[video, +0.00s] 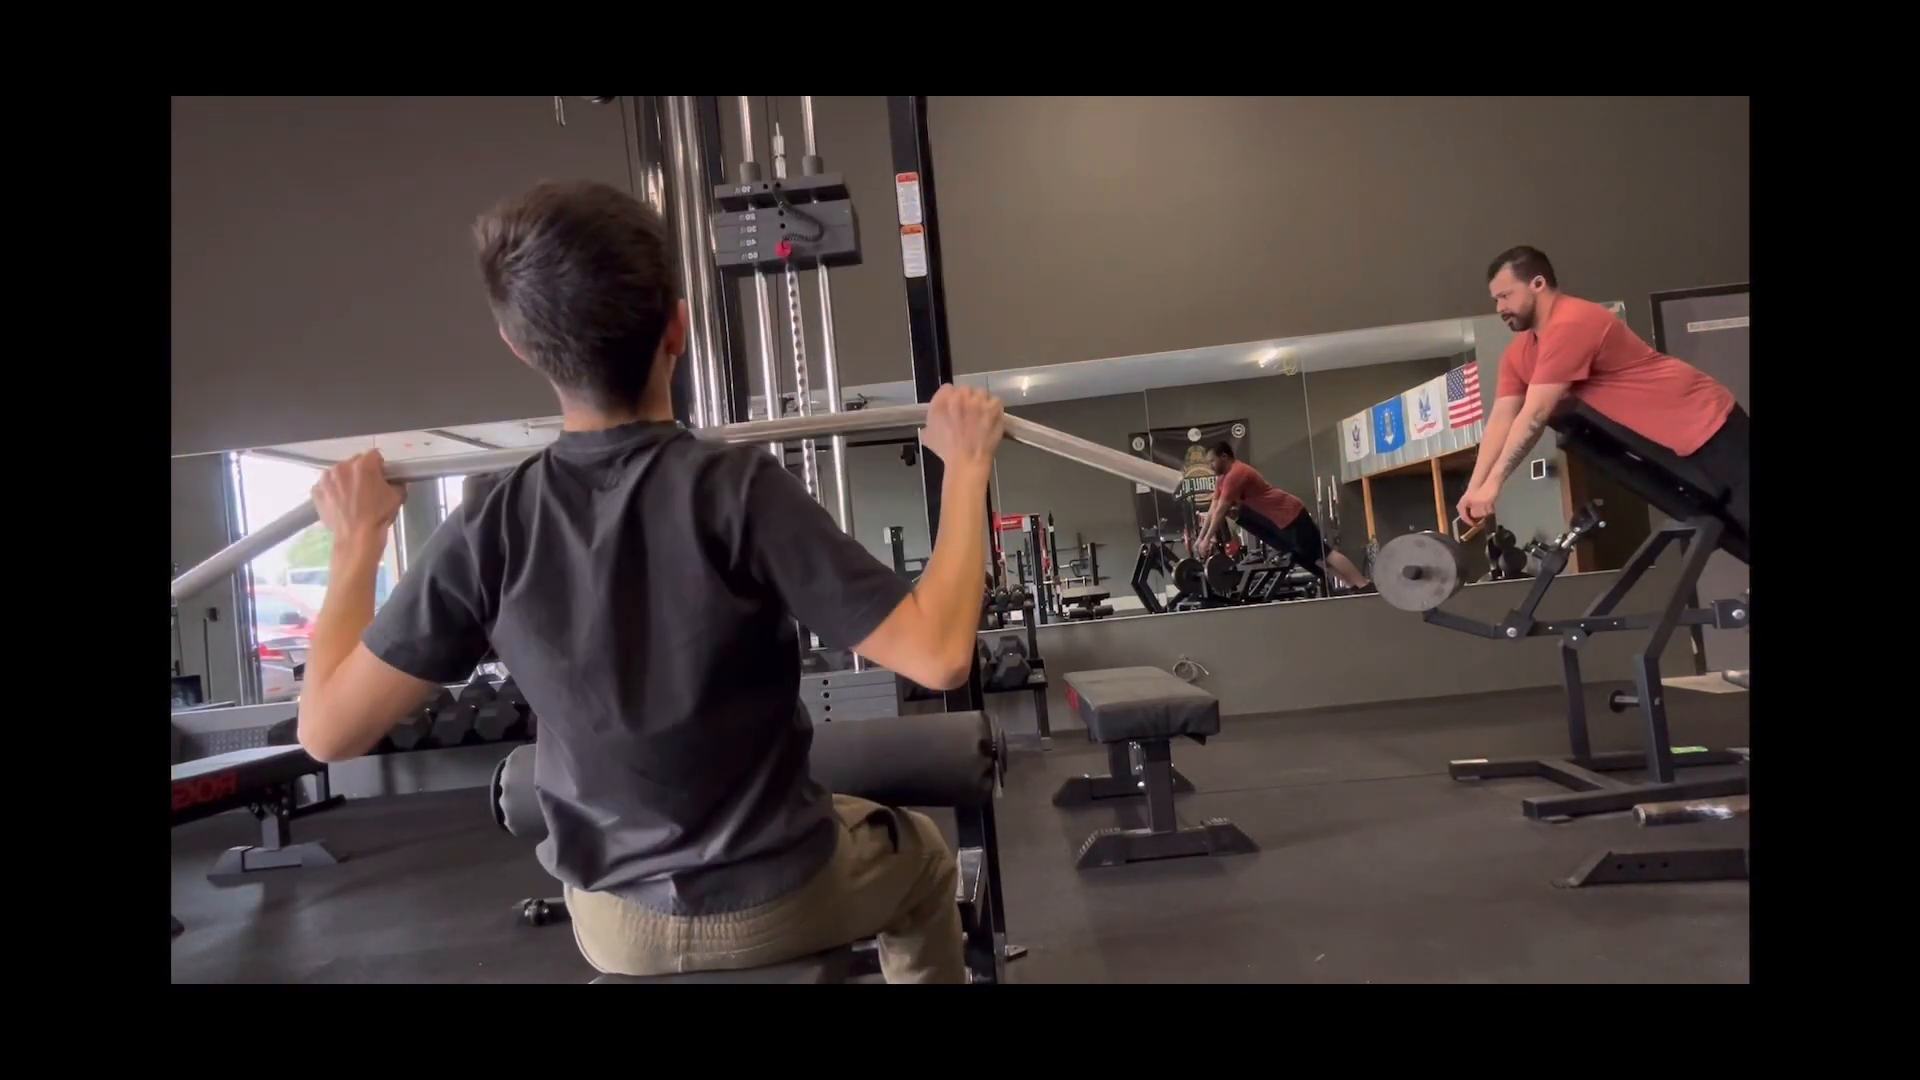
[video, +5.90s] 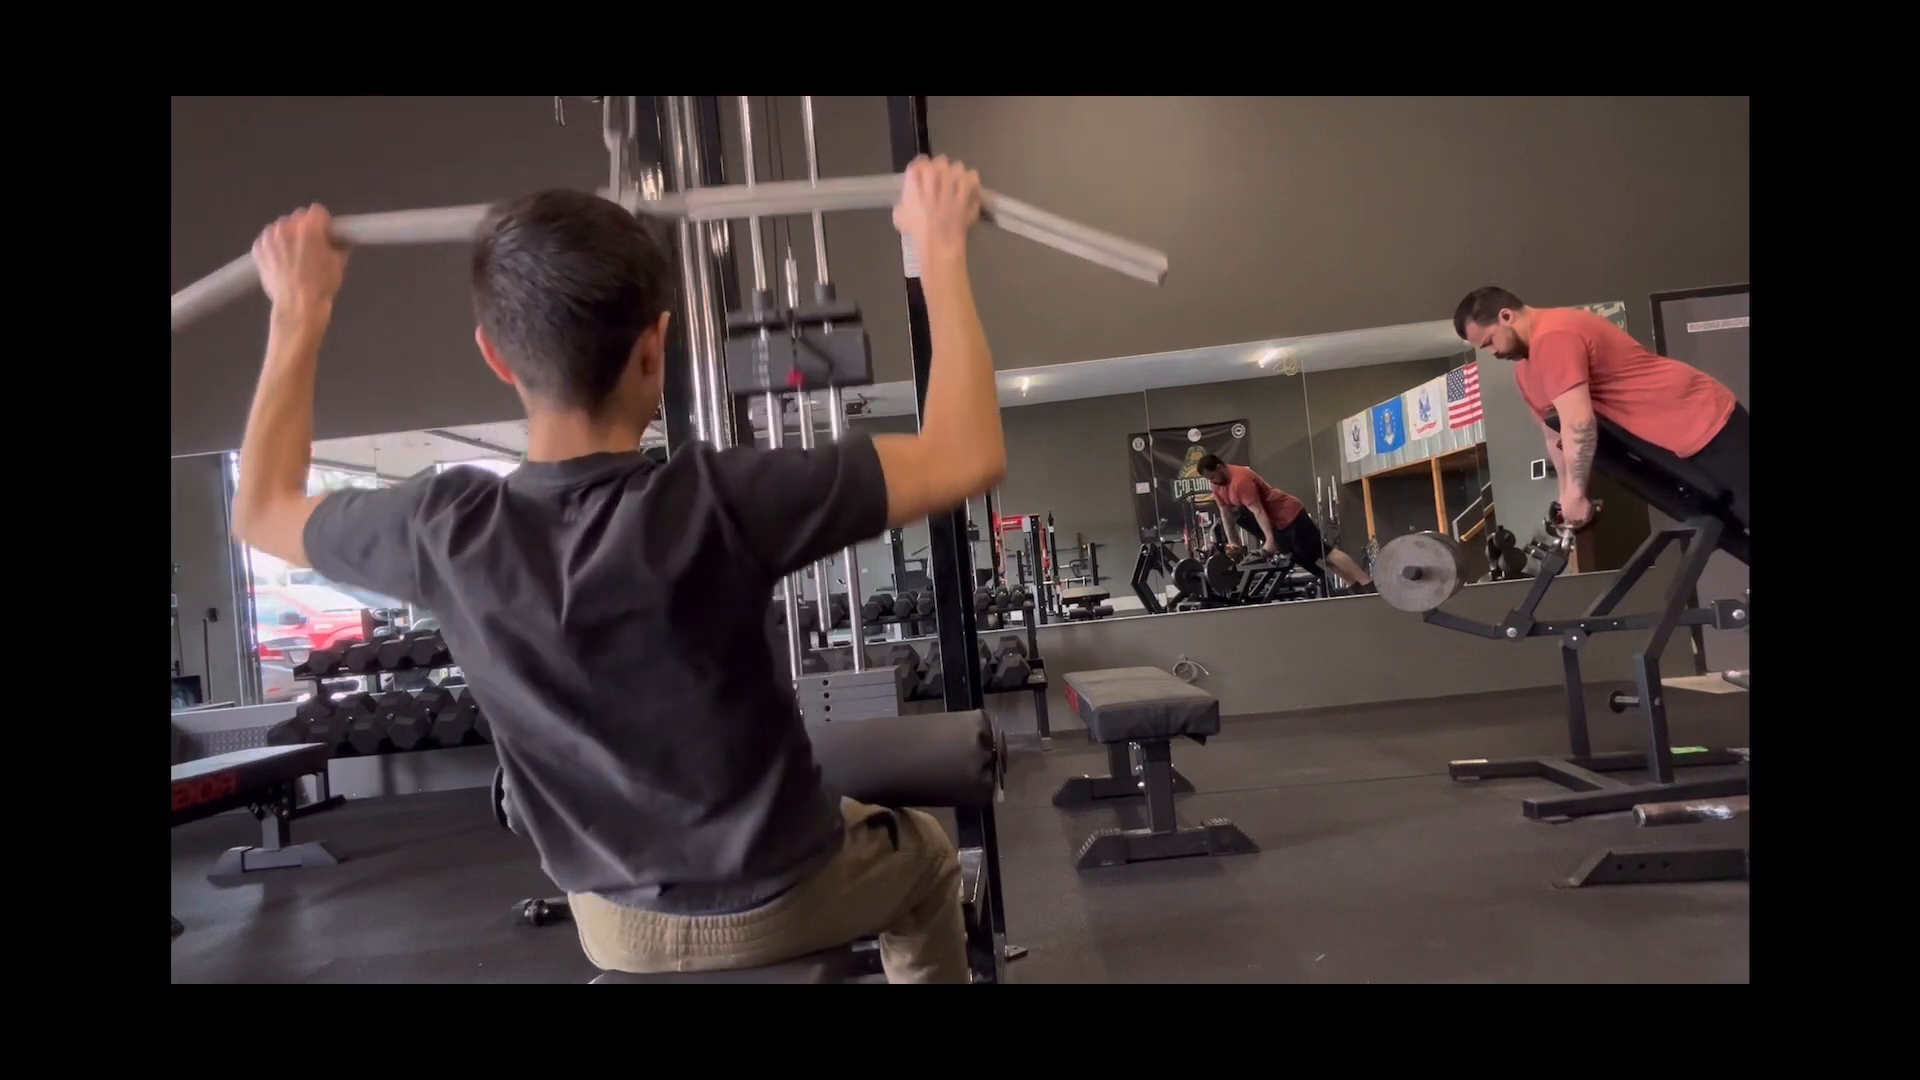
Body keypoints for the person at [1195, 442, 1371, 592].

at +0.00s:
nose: (1210, 466)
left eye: (1212, 461)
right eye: (1209, 462)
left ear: (1225, 456)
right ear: (1218, 460)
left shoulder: (1237, 473)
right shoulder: (1223, 479)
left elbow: (1222, 508)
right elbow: (1213, 507)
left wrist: (1209, 537)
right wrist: (1201, 536)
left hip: (1292, 513)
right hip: (1281, 521)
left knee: (1324, 552)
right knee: (1315, 559)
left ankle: (1363, 583)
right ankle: (1352, 584)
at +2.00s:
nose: (1215, 464)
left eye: (1217, 459)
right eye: (1211, 462)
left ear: (1226, 456)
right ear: (1209, 466)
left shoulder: (1237, 473)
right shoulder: (1220, 484)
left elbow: (1226, 511)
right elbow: (1215, 512)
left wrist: (1214, 542)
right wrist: (1207, 540)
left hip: (1289, 514)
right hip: (1279, 525)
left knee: (1324, 550)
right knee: (1317, 558)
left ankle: (1368, 579)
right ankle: (1355, 583)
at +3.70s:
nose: (1212, 475)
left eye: (1213, 470)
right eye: (1209, 473)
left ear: (1221, 462)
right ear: (1208, 472)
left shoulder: (1239, 475)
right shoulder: (1220, 485)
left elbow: (1241, 510)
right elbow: (1219, 512)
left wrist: (1233, 541)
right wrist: (1211, 539)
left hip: (1289, 514)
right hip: (1276, 526)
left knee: (1324, 551)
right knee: (1315, 558)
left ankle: (1367, 581)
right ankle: (1354, 583)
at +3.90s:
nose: (1214, 475)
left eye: (1214, 470)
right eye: (1210, 473)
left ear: (1221, 463)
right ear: (1208, 473)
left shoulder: (1240, 475)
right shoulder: (1220, 485)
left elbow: (1257, 505)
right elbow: (1225, 510)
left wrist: (1258, 537)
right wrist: (1223, 538)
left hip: (1289, 514)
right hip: (1274, 525)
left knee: (1323, 551)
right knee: (1313, 559)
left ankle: (1368, 581)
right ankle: (1354, 583)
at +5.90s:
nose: (1213, 480)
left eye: (1213, 474)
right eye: (1209, 478)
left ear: (1221, 466)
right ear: (1206, 477)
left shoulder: (1241, 479)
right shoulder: (1217, 487)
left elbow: (1258, 511)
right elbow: (1226, 514)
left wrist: (1269, 539)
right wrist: (1232, 541)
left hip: (1290, 514)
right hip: (1275, 523)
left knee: (1325, 551)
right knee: (1315, 558)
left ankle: (1368, 583)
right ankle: (1353, 584)